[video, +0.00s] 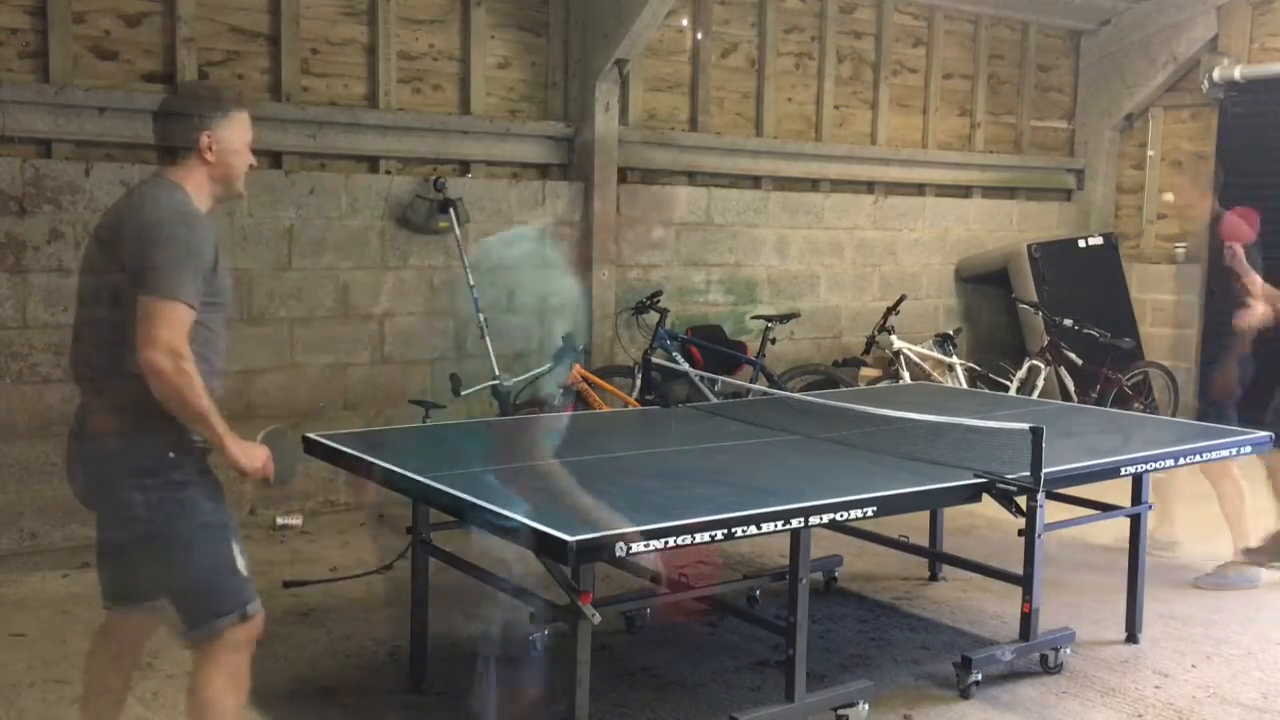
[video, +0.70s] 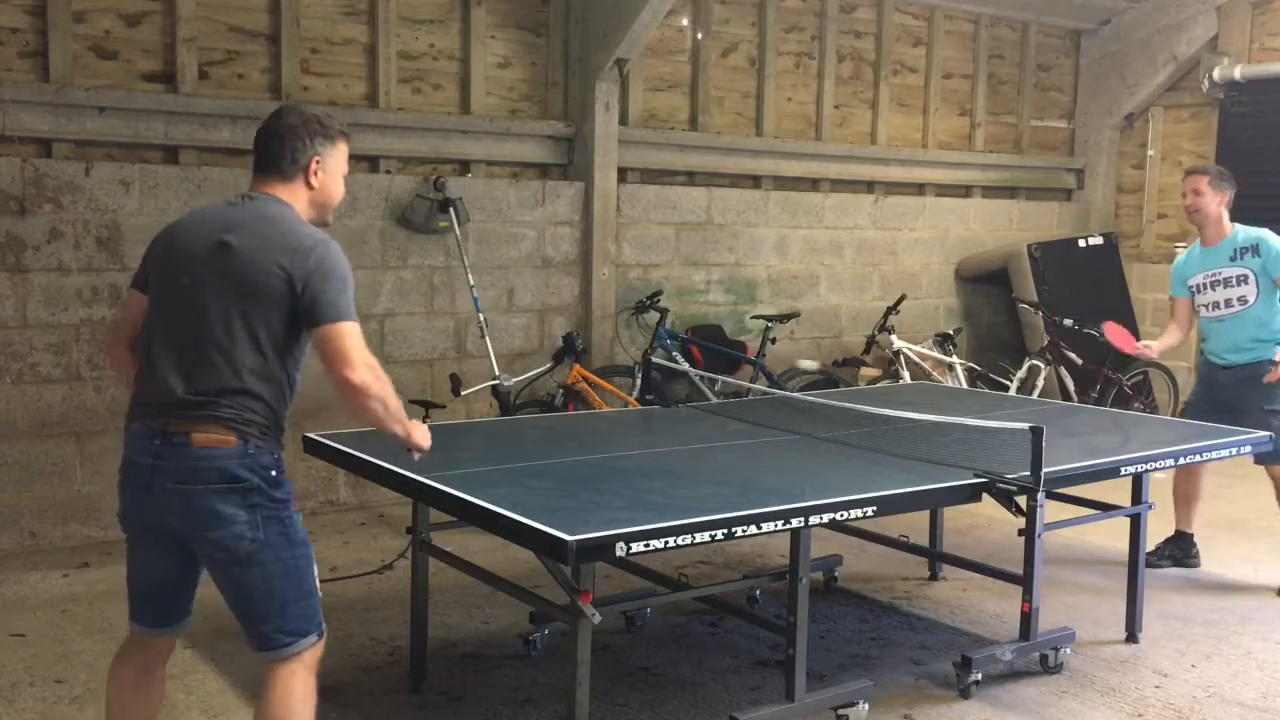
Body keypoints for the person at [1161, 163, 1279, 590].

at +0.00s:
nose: (1173, 200)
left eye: (1179, 192)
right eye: (1173, 192)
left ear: (1202, 192)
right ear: (1200, 193)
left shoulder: (1224, 234)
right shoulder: (1204, 233)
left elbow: (1245, 303)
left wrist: (1230, 362)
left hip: (1223, 358)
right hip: (1205, 353)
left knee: (1214, 455)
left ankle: (1244, 555)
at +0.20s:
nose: (1249, 195)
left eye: (1258, 188)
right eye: (1252, 188)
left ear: (1278, 198)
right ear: (1269, 199)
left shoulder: (1276, 253)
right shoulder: (1273, 254)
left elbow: (1243, 305)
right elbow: (1244, 307)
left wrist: (1208, 284)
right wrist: (1206, 283)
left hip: (1273, 374)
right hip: (1268, 372)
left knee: (1235, 448)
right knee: (1233, 448)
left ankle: (1195, 531)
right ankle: (1195, 531)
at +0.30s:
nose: (1225, 200)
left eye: (1234, 193)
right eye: (1229, 192)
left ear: (1261, 200)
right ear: (1253, 201)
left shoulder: (1274, 247)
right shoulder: (1246, 260)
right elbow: (1212, 307)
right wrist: (1159, 299)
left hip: (1271, 375)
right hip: (1251, 376)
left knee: (1223, 459)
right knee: (1219, 457)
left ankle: (1187, 539)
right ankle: (1187, 540)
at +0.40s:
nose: (1207, 203)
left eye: (1215, 197)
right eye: (1209, 196)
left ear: (1244, 203)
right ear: (1232, 204)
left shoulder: (1273, 249)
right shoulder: (1216, 267)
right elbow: (1176, 315)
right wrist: (1113, 322)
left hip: (1273, 380)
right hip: (1233, 379)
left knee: (1276, 471)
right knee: (1202, 452)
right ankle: (1184, 539)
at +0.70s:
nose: (1188, 202)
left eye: (1197, 193)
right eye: (1185, 195)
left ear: (1224, 197)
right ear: (1184, 203)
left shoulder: (1263, 243)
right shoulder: (1184, 264)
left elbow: (1279, 299)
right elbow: (1180, 326)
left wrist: (1279, 360)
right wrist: (1157, 345)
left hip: (1262, 375)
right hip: (1214, 378)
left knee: (1274, 464)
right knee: (1186, 451)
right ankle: (1183, 540)